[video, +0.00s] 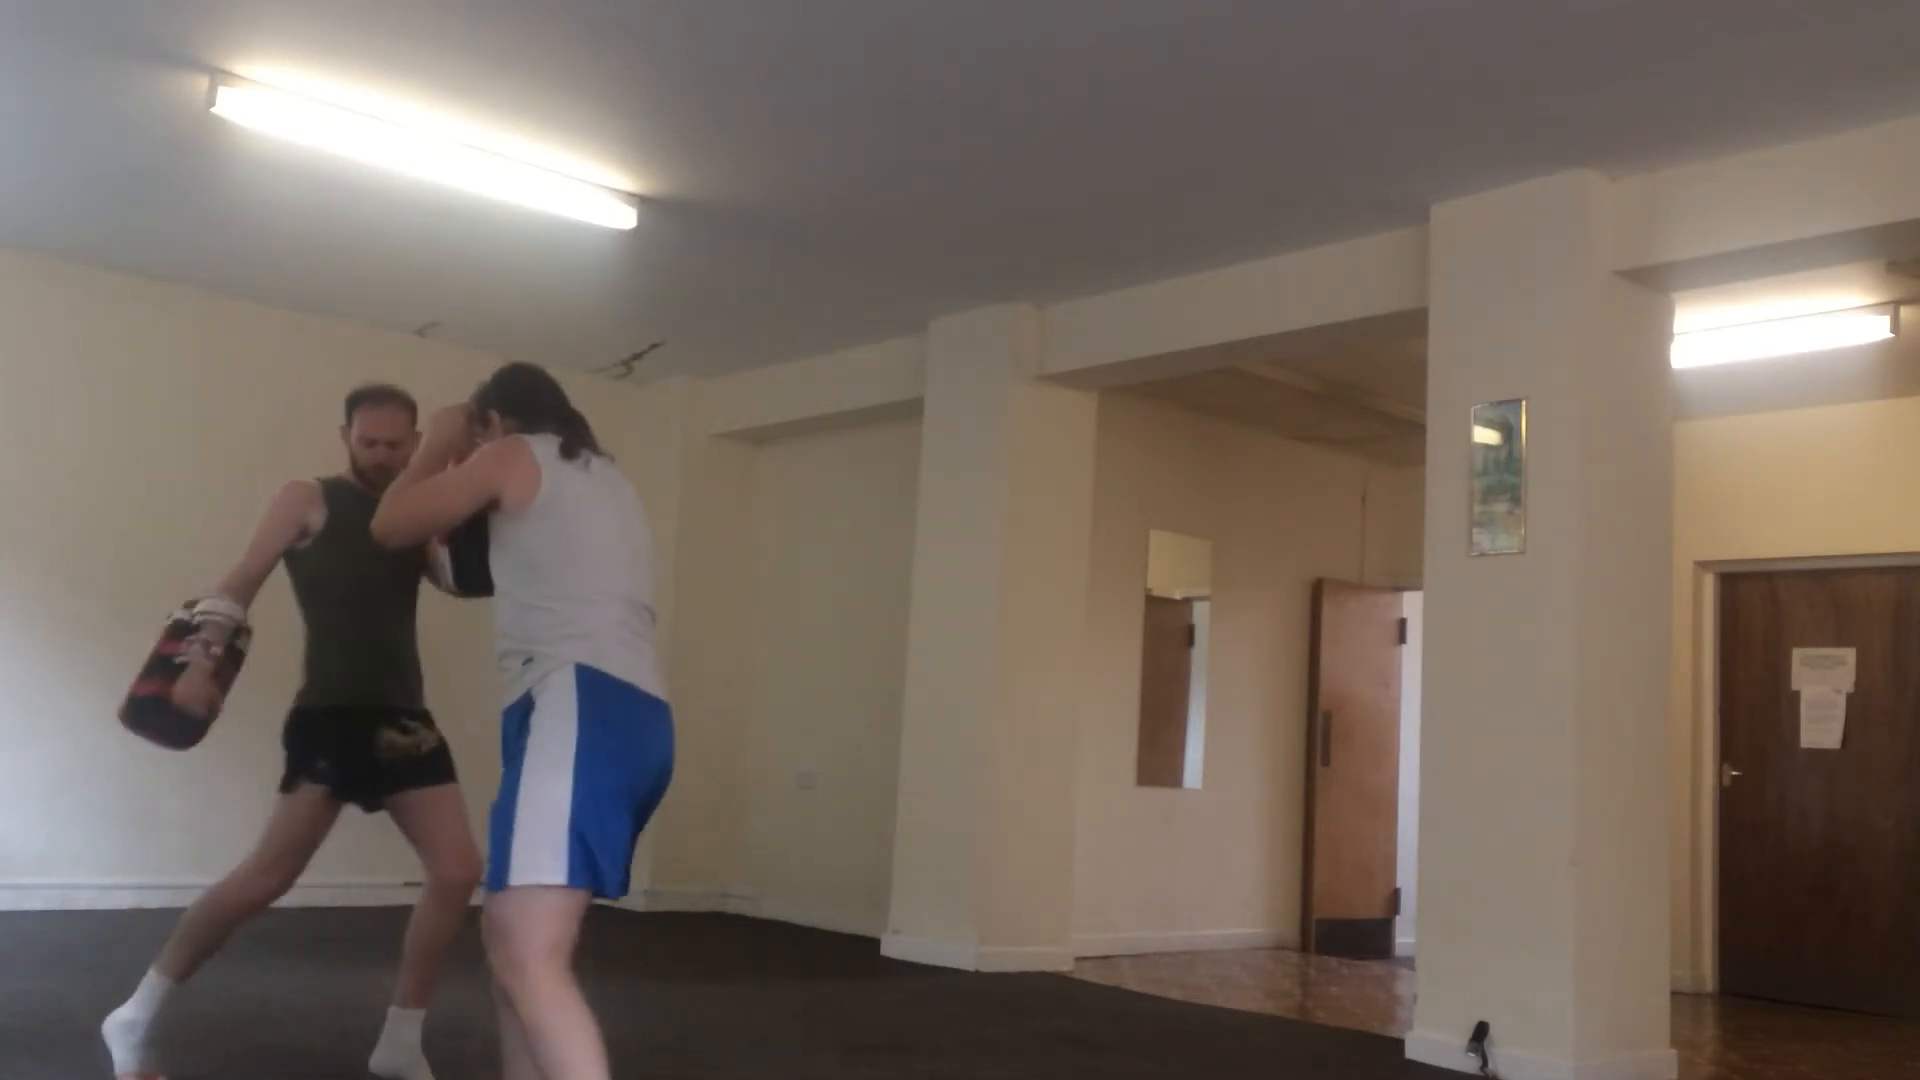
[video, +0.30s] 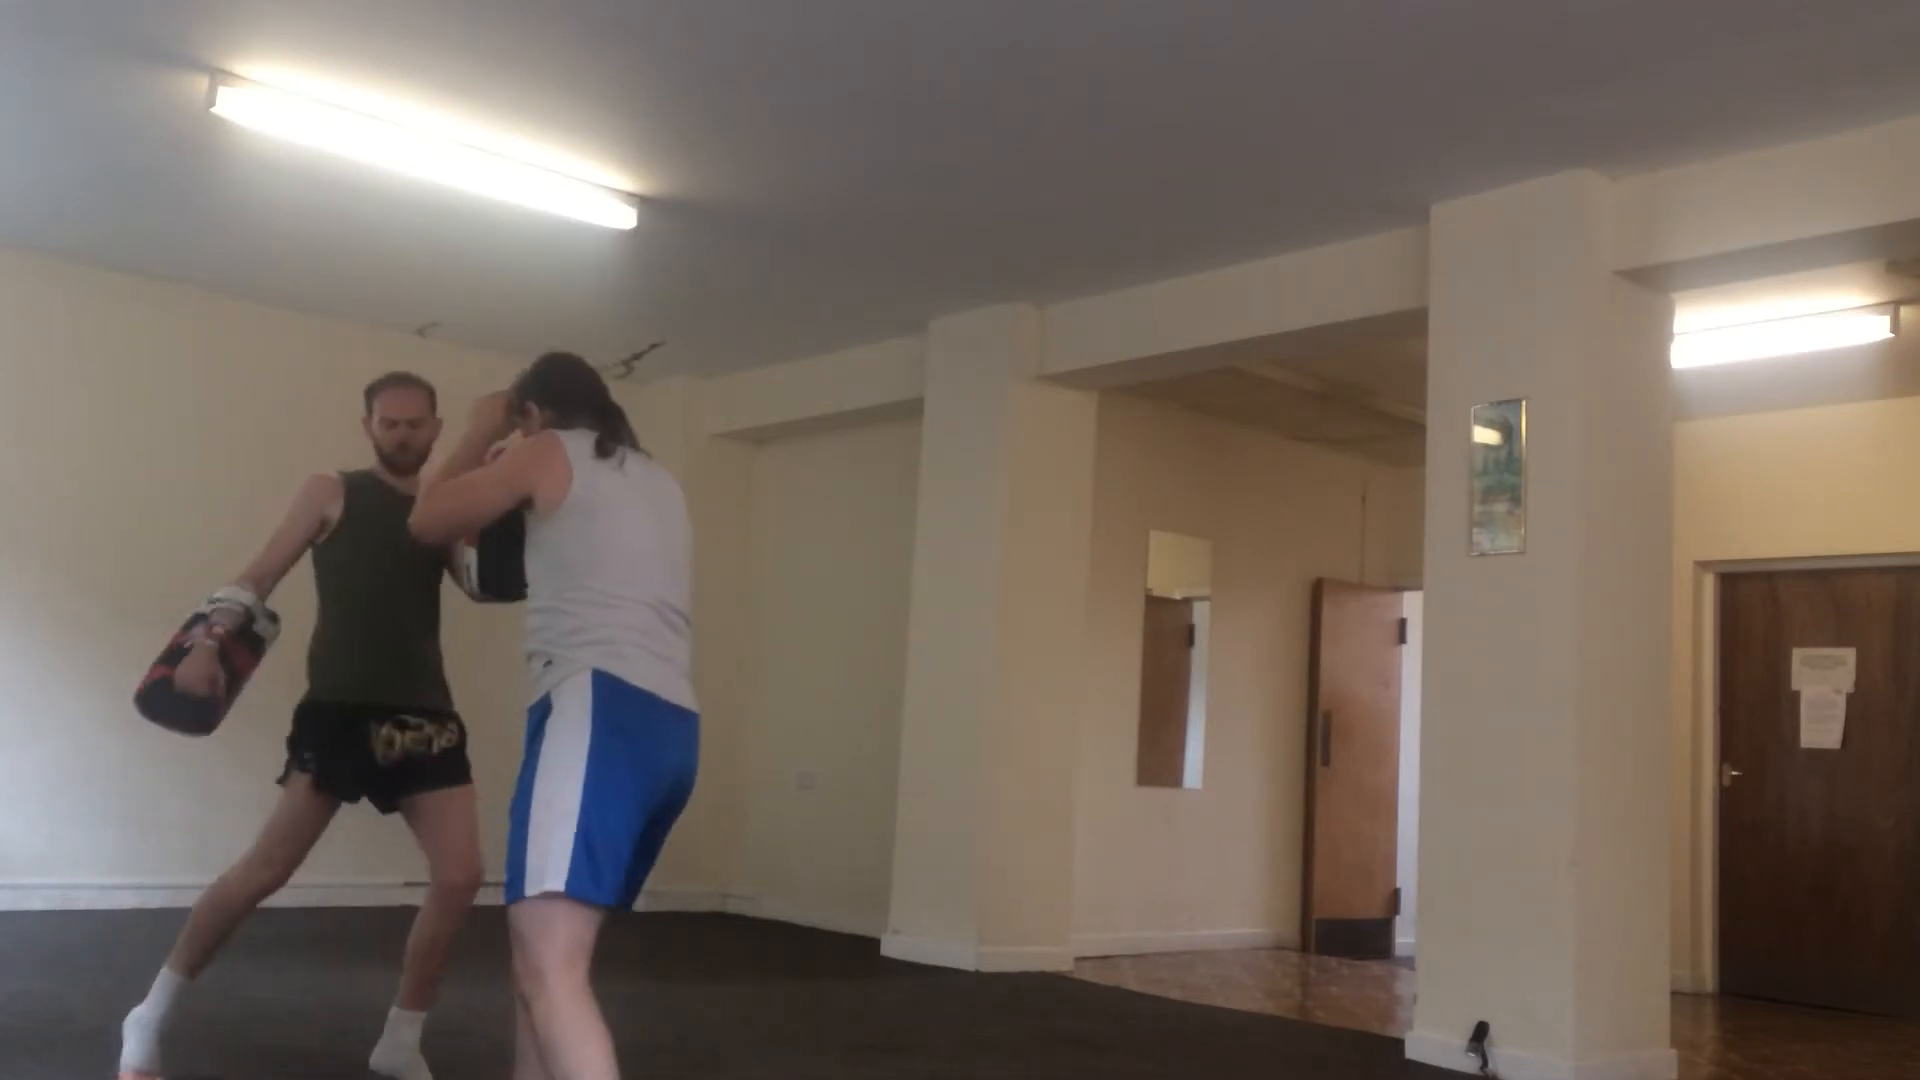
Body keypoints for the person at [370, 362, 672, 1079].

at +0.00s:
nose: (482, 442)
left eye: (480, 432)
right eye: (481, 434)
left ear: (496, 420)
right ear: (560, 416)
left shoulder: (517, 455)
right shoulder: (610, 485)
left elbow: (392, 521)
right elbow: (477, 571)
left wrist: (436, 443)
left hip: (574, 705)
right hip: (632, 715)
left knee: (529, 957)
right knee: (514, 950)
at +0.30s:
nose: (520, 432)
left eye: (519, 420)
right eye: (519, 421)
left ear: (535, 413)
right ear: (600, 411)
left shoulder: (550, 452)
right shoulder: (660, 483)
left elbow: (429, 515)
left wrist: (474, 433)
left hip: (595, 708)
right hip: (667, 727)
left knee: (552, 969)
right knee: (541, 964)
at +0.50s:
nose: (539, 422)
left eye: (539, 411)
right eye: (539, 410)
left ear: (554, 408)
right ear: (623, 408)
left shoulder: (559, 452)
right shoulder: (682, 484)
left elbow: (443, 514)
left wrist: (495, 431)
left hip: (603, 713)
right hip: (682, 732)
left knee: (543, 965)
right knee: (550, 957)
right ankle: (535, 1071)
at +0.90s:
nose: (585, 394)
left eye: (588, 382)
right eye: (586, 381)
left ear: (604, 383)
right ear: (676, 389)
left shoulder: (603, 432)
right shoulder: (730, 467)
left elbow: (480, 486)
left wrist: (538, 407)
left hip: (637, 701)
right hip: (719, 719)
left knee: (578, 951)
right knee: (626, 940)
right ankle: (645, 1072)